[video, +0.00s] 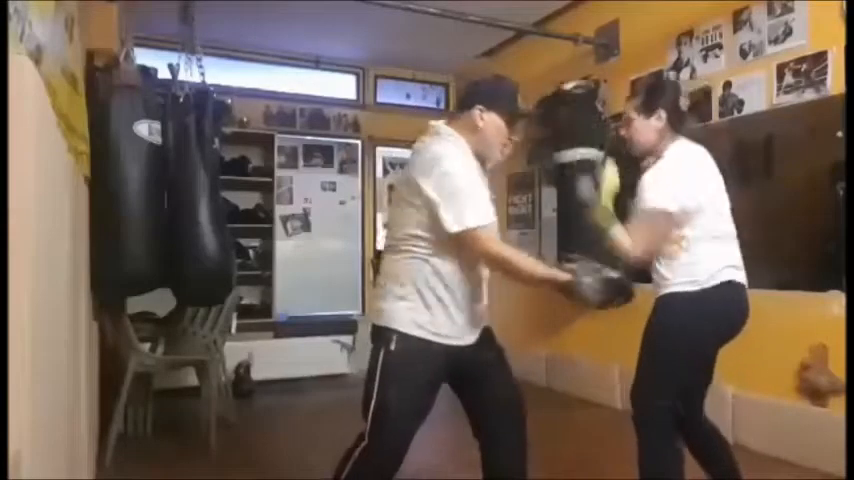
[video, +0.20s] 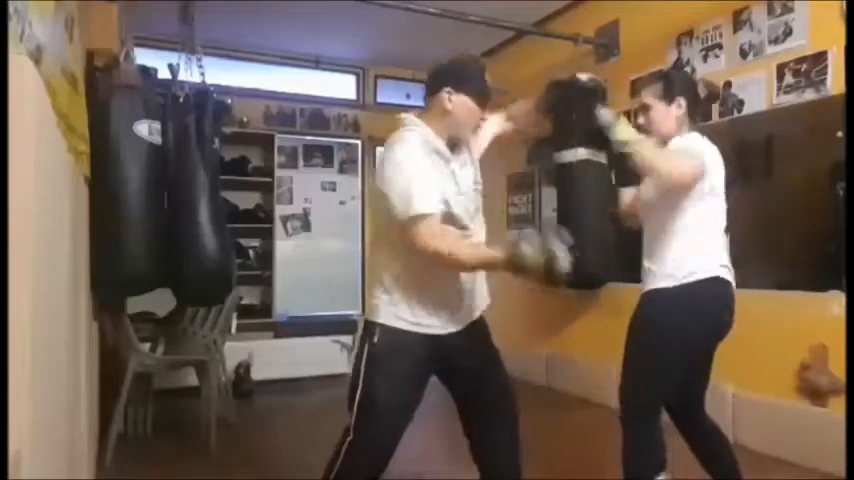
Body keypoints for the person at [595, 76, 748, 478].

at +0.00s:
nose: (623, 131)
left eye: (630, 120)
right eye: (623, 121)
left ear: (659, 118)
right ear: (659, 119)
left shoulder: (666, 171)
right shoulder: (692, 157)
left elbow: (637, 250)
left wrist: (601, 212)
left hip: (690, 300)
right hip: (718, 294)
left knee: (650, 404)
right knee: (686, 411)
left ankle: (662, 474)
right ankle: (728, 474)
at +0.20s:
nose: (638, 120)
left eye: (645, 109)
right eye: (636, 112)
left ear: (677, 106)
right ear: (672, 110)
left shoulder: (694, 147)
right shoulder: (664, 165)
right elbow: (625, 204)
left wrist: (626, 134)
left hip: (681, 294)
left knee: (638, 406)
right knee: (686, 407)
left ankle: (648, 473)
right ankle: (729, 474)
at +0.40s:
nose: (634, 116)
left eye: (641, 108)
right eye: (633, 108)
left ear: (669, 108)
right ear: (674, 111)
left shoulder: (669, 142)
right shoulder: (701, 154)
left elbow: (612, 117)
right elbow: (641, 213)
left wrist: (578, 111)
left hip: (680, 297)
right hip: (720, 296)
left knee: (642, 408)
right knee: (691, 406)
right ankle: (732, 475)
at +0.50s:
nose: (634, 118)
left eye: (641, 108)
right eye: (633, 109)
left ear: (670, 106)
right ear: (671, 109)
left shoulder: (667, 141)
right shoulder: (696, 146)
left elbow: (596, 154)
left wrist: (548, 144)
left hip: (688, 300)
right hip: (721, 297)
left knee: (651, 412)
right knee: (694, 408)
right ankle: (734, 474)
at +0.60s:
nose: (631, 116)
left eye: (639, 105)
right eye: (631, 107)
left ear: (671, 105)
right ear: (668, 106)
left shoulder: (684, 151)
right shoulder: (668, 154)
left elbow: (648, 219)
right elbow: (650, 214)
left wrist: (612, 176)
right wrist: (621, 175)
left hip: (695, 305)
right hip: (691, 304)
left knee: (656, 415)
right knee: (692, 412)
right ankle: (734, 475)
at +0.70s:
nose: (633, 115)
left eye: (642, 104)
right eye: (632, 106)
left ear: (673, 102)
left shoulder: (702, 154)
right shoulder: (644, 150)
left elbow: (656, 228)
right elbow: (581, 168)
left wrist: (643, 167)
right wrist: (549, 135)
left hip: (703, 301)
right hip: (672, 304)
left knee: (657, 412)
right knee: (699, 409)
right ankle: (735, 475)